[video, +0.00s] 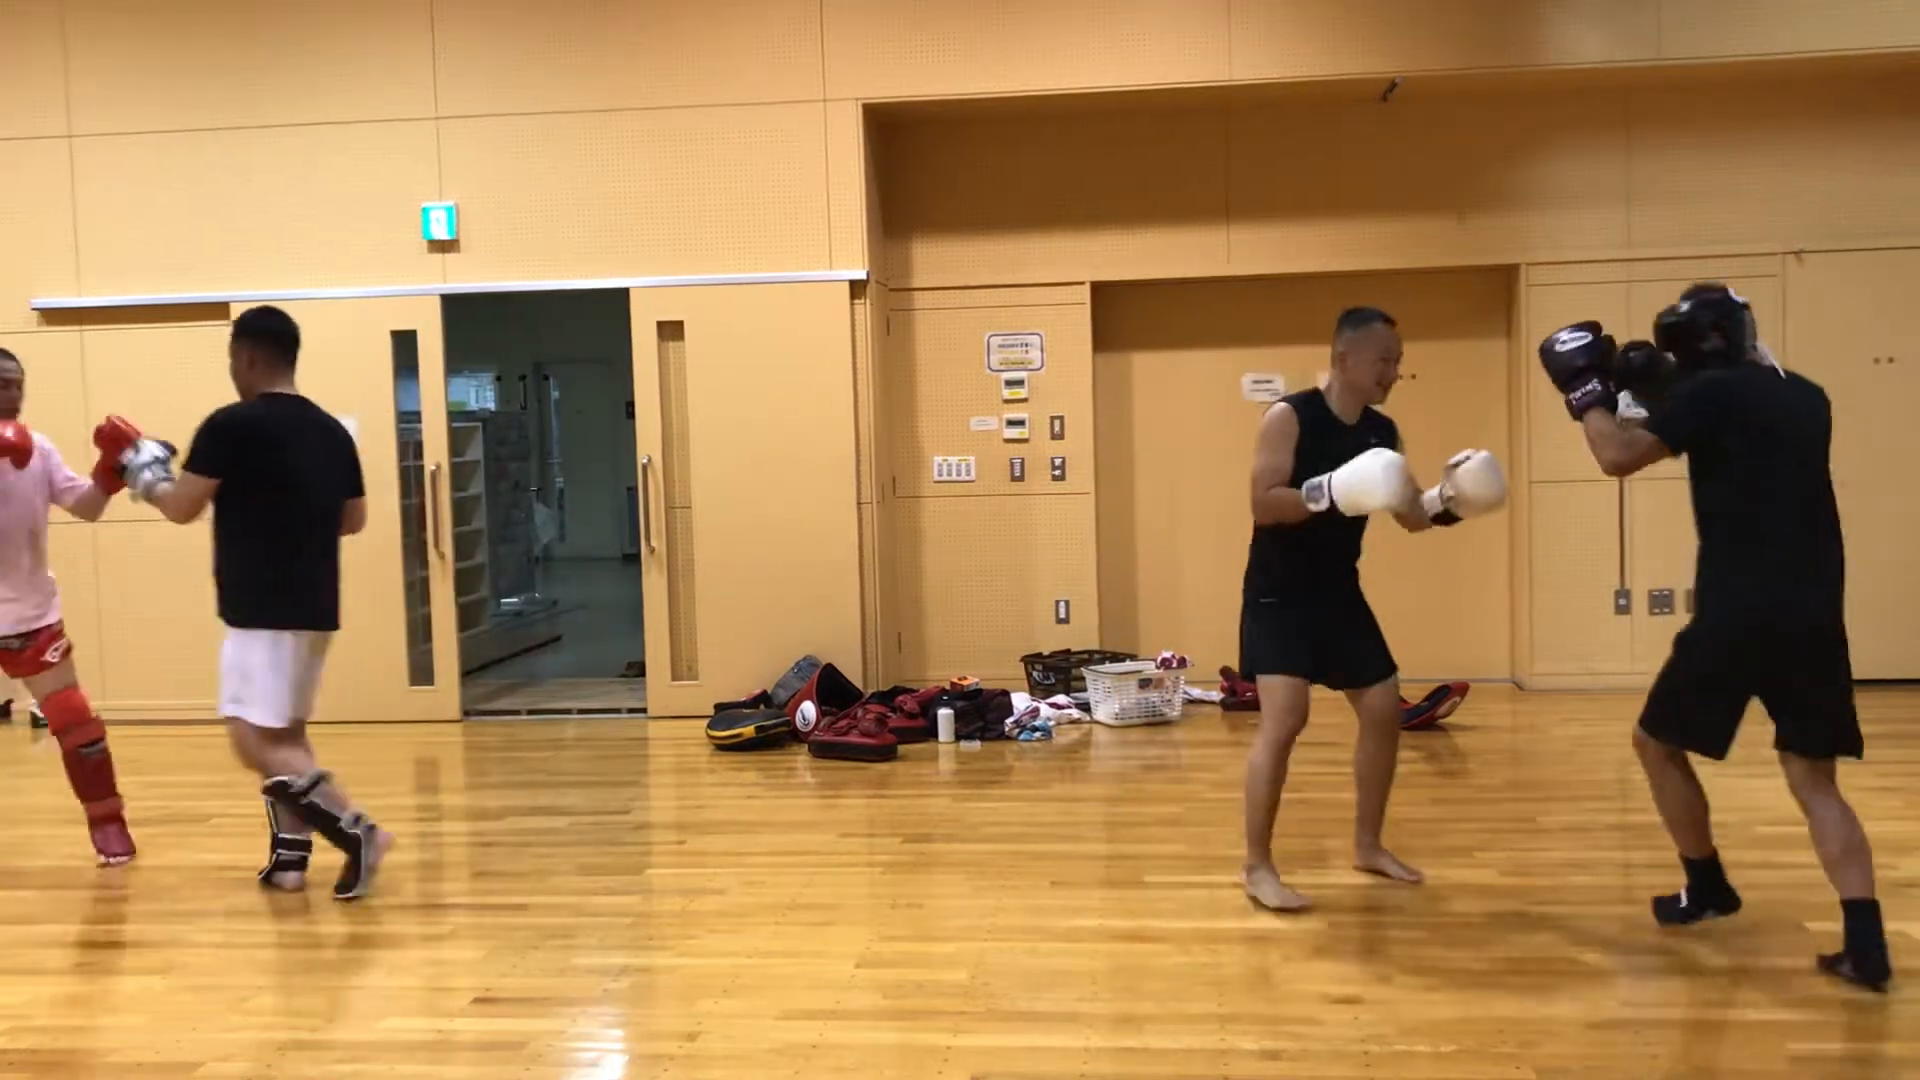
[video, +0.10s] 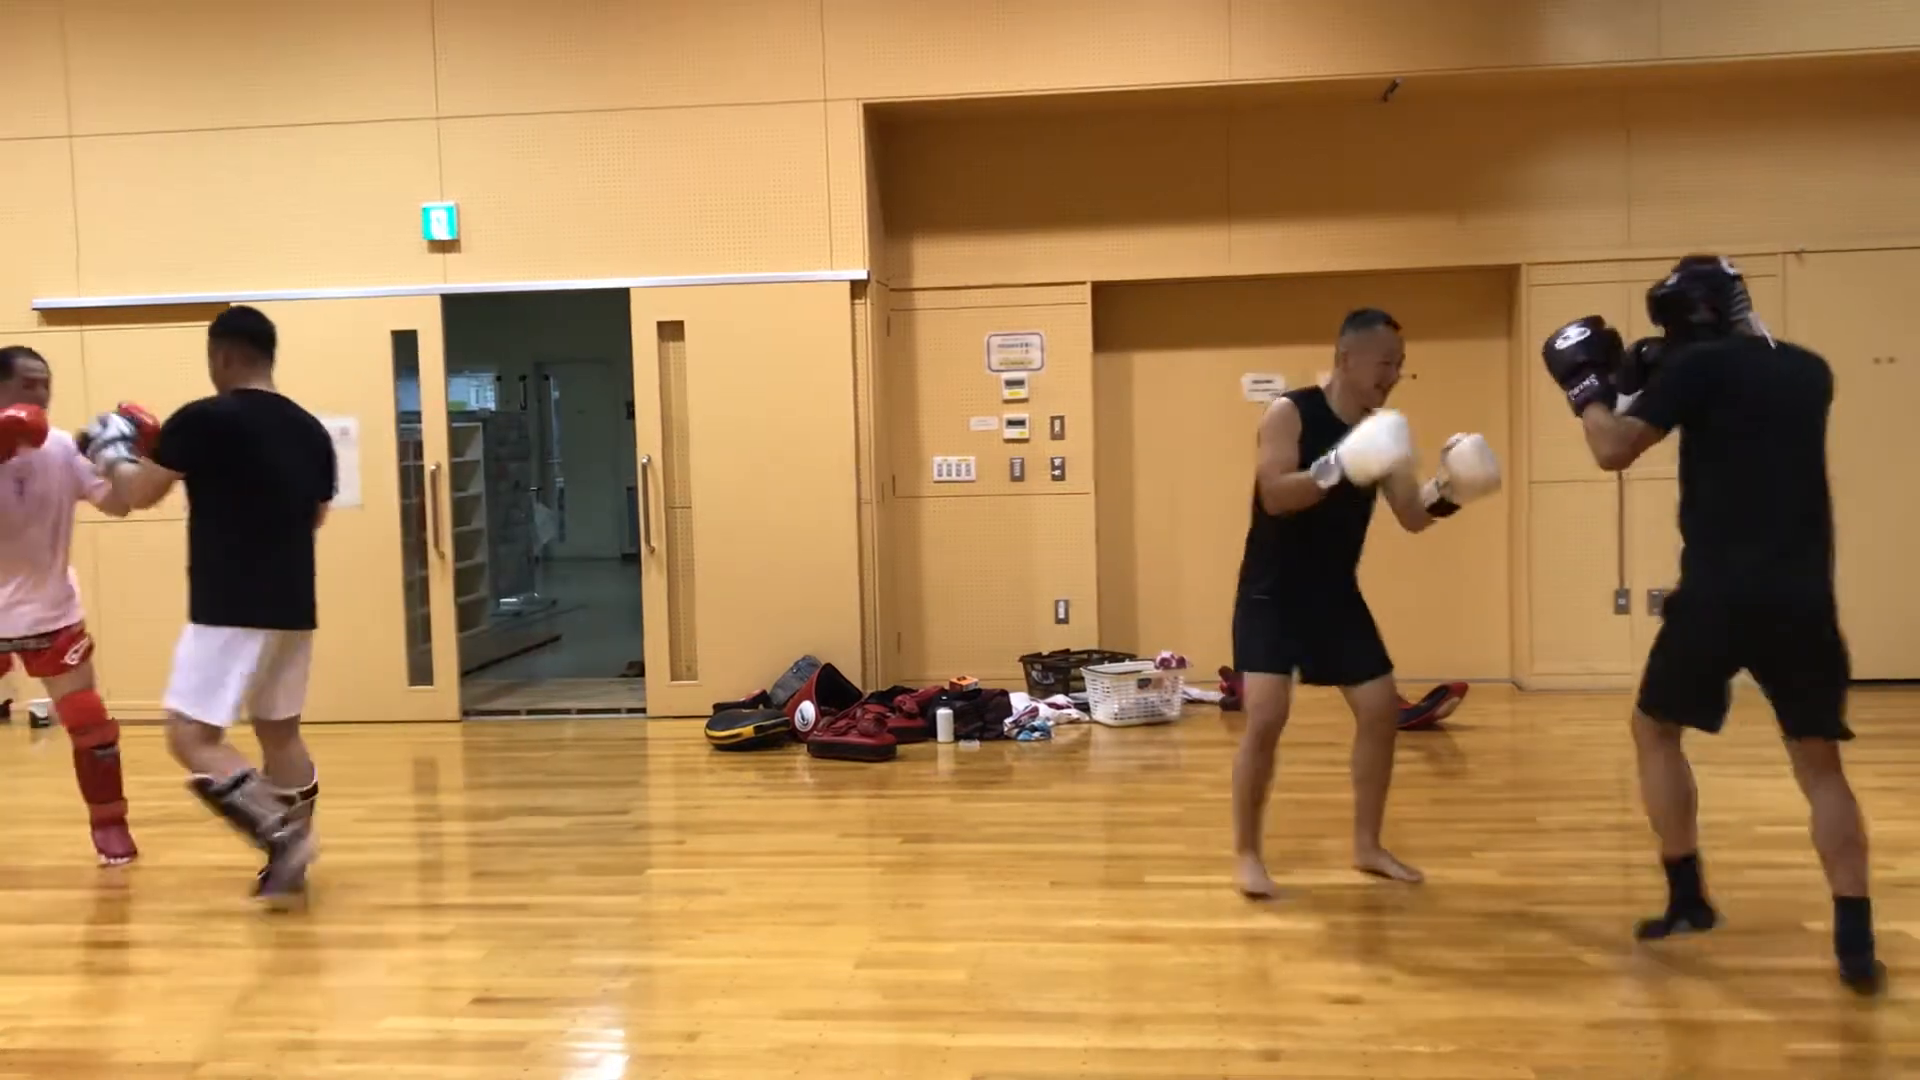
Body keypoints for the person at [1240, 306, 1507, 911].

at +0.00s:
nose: (1396, 373)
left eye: (1398, 362)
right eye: (1386, 361)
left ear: (1376, 364)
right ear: (1344, 358)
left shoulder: (1381, 432)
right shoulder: (1288, 418)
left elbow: (1409, 516)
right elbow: (1263, 506)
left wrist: (1448, 501)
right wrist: (1329, 492)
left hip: (1339, 592)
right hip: (1278, 592)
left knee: (1383, 709)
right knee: (1283, 719)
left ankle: (1368, 847)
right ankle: (1258, 867)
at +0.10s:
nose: (1394, 376)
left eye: (1399, 365)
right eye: (1385, 363)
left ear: (1390, 364)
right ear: (1344, 358)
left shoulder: (1380, 432)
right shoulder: (1288, 415)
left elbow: (1412, 516)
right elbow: (1274, 496)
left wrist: (1446, 490)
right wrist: (1342, 465)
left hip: (1335, 591)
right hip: (1271, 591)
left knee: (1379, 708)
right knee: (1265, 718)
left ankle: (1368, 847)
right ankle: (1248, 856)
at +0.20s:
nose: (1355, 369)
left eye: (1365, 358)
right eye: (1345, 355)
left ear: (1375, 364)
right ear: (1320, 353)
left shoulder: (1367, 428)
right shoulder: (1271, 408)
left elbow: (1416, 494)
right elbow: (1293, 474)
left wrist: (1445, 452)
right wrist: (1332, 409)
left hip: (1332, 589)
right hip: (1266, 589)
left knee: (1371, 707)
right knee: (1233, 716)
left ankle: (1368, 845)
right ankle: (1214, 827)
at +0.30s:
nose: (1333, 368)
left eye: (1339, 358)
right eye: (1320, 356)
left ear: (1345, 365)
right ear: (1294, 355)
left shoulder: (1344, 424)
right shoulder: (1244, 413)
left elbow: (1400, 486)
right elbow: (1275, 469)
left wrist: (1420, 442)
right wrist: (1301, 405)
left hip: (1321, 593)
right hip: (1252, 594)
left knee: (1366, 709)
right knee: (1210, 720)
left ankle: (1368, 846)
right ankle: (1208, 826)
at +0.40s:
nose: (1307, 376)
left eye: (1314, 366)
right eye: (1296, 364)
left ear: (1322, 370)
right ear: (1268, 362)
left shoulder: (1329, 427)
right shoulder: (1226, 420)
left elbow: (1384, 490)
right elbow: (1250, 479)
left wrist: (1402, 444)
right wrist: (1273, 415)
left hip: (1310, 597)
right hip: (1241, 599)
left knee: (1360, 709)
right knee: (1199, 718)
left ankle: (1364, 847)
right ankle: (1208, 833)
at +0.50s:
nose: (1269, 385)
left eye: (1277, 374)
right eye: (1257, 374)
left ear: (1289, 375)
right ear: (1233, 373)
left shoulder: (1305, 435)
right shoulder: (1195, 436)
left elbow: (1356, 506)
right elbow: (1212, 500)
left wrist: (1367, 457)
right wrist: (1236, 434)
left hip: (1295, 605)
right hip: (1226, 608)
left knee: (1350, 720)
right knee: (1188, 732)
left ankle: (1370, 843)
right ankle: (1210, 835)